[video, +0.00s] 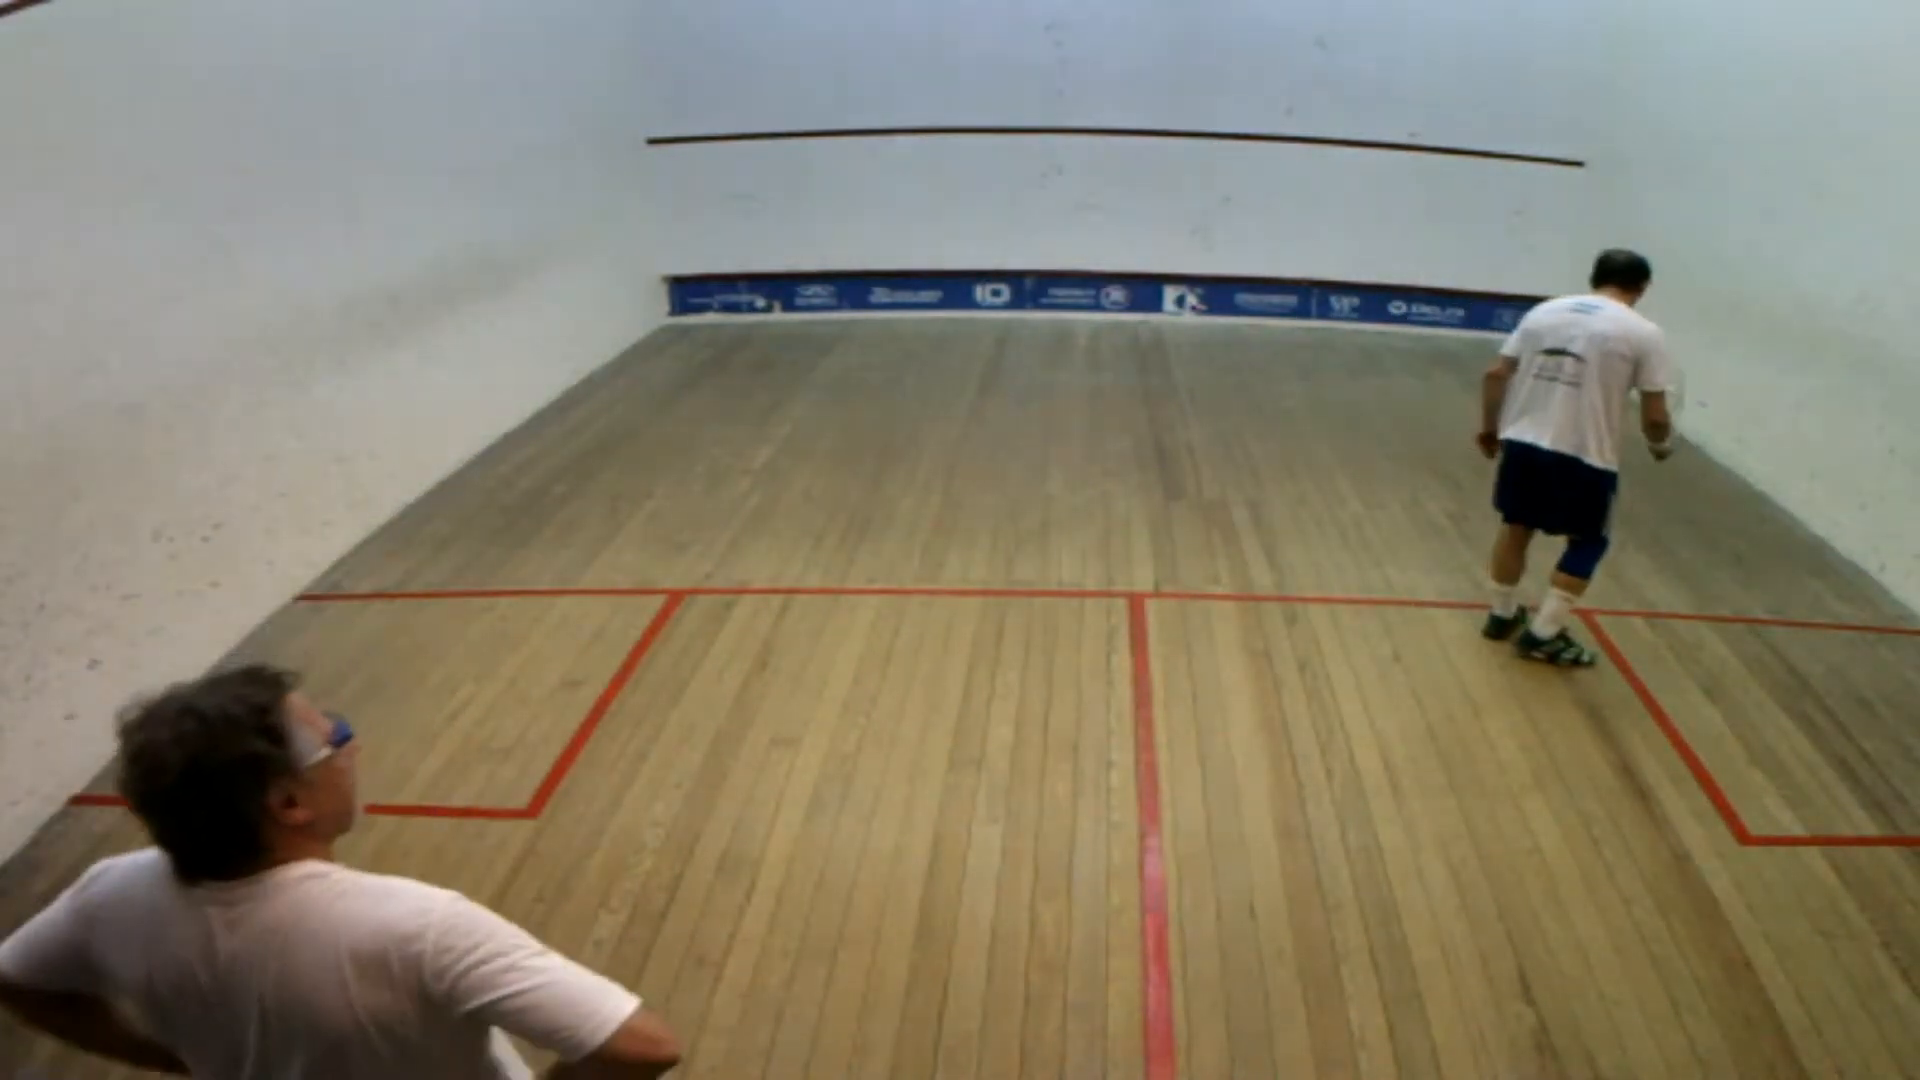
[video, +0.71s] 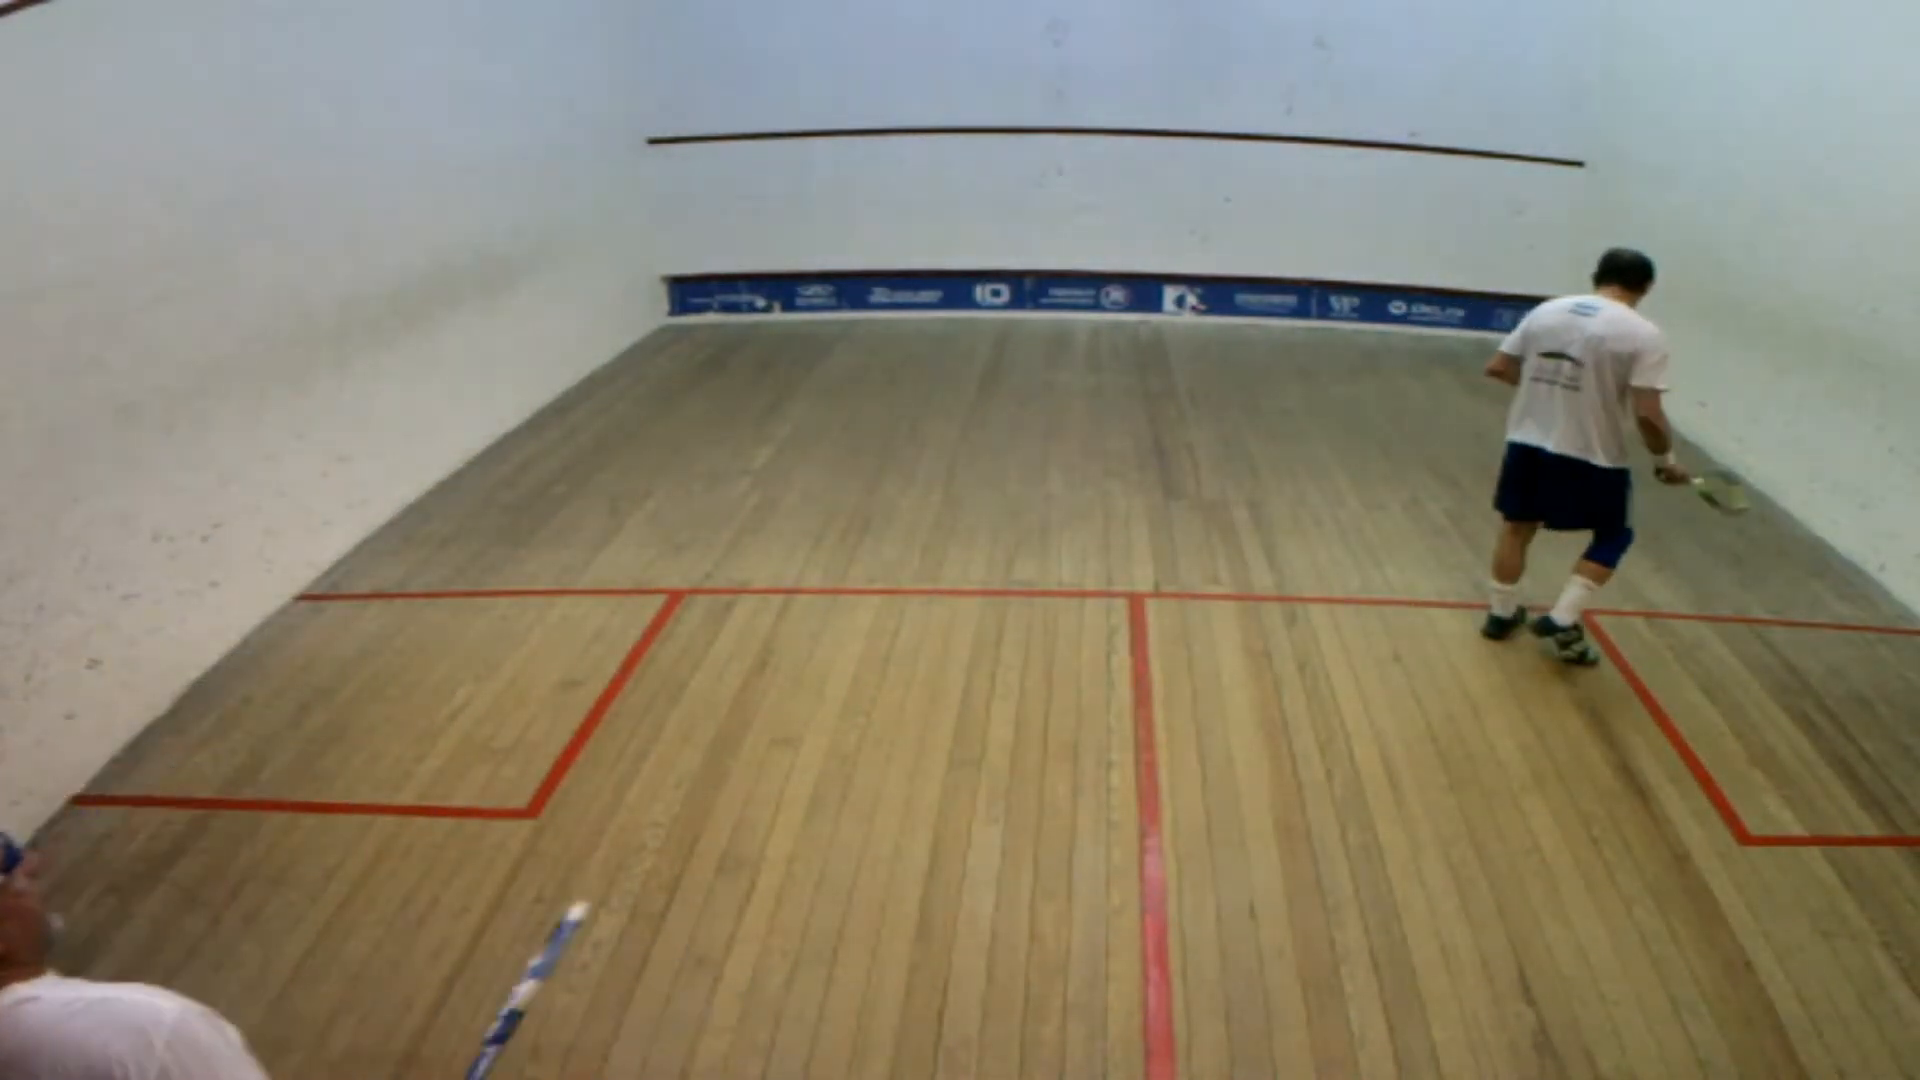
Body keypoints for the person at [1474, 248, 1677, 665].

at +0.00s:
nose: (1641, 297)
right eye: (1643, 291)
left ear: (1594, 280)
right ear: (1638, 288)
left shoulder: (1546, 310)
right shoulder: (1642, 333)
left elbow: (1496, 373)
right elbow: (1655, 418)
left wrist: (1489, 428)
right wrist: (1660, 445)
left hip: (1523, 443)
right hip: (1586, 457)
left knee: (1516, 526)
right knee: (1588, 541)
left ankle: (1501, 612)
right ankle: (1544, 631)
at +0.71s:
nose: (1641, 297)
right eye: (1645, 291)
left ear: (1598, 278)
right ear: (1642, 289)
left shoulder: (1550, 310)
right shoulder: (1643, 335)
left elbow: (1498, 366)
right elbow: (1648, 415)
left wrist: (1549, 385)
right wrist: (1665, 460)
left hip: (1529, 447)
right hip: (1593, 459)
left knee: (1517, 527)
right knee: (1612, 536)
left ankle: (1500, 614)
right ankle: (1562, 621)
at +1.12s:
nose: (1707, 302)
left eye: (1706, 294)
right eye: (1707, 295)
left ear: (1655, 286)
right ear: (1700, 300)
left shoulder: (1614, 322)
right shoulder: (1684, 343)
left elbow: (1612, 386)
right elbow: (1685, 416)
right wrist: (1757, 419)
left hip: (1577, 451)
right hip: (1640, 470)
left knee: (1543, 535)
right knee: (1646, 555)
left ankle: (1502, 614)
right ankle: (1640, 637)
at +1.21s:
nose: (1720, 305)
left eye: (1718, 295)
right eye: (1720, 298)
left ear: (1669, 286)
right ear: (1714, 302)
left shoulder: (1626, 324)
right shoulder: (1693, 348)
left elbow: (1624, 387)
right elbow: (1696, 419)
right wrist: (1768, 416)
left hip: (1586, 451)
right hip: (1648, 472)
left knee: (1550, 537)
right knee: (1651, 555)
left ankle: (1504, 612)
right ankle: (1642, 635)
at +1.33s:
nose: (1739, 312)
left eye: (1739, 303)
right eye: (1740, 304)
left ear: (1691, 289)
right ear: (1732, 306)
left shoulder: (1648, 325)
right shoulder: (1705, 350)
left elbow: (1638, 391)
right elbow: (1716, 422)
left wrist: (1690, 421)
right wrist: (1788, 411)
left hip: (1600, 451)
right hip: (1659, 475)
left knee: (1562, 533)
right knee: (1658, 558)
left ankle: (1508, 609)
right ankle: (1641, 635)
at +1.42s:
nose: (1751, 312)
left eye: (1749, 303)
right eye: (1752, 305)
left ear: (1703, 292)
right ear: (1743, 308)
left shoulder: (1662, 324)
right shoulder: (1715, 353)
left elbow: (1646, 389)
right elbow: (1725, 425)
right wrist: (1797, 409)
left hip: (1608, 450)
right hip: (1666, 475)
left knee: (1567, 531)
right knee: (1661, 558)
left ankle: (1510, 607)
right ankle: (1640, 636)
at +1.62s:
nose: (1770, 312)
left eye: (1766, 303)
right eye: (1771, 306)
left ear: (1722, 295)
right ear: (1763, 312)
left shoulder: (1683, 323)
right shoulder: (1735, 361)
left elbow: (1704, 367)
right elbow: (1762, 432)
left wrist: (1760, 356)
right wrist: (1825, 404)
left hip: (1619, 448)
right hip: (1676, 478)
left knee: (1576, 523)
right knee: (1664, 559)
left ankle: (1516, 599)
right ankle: (1641, 636)